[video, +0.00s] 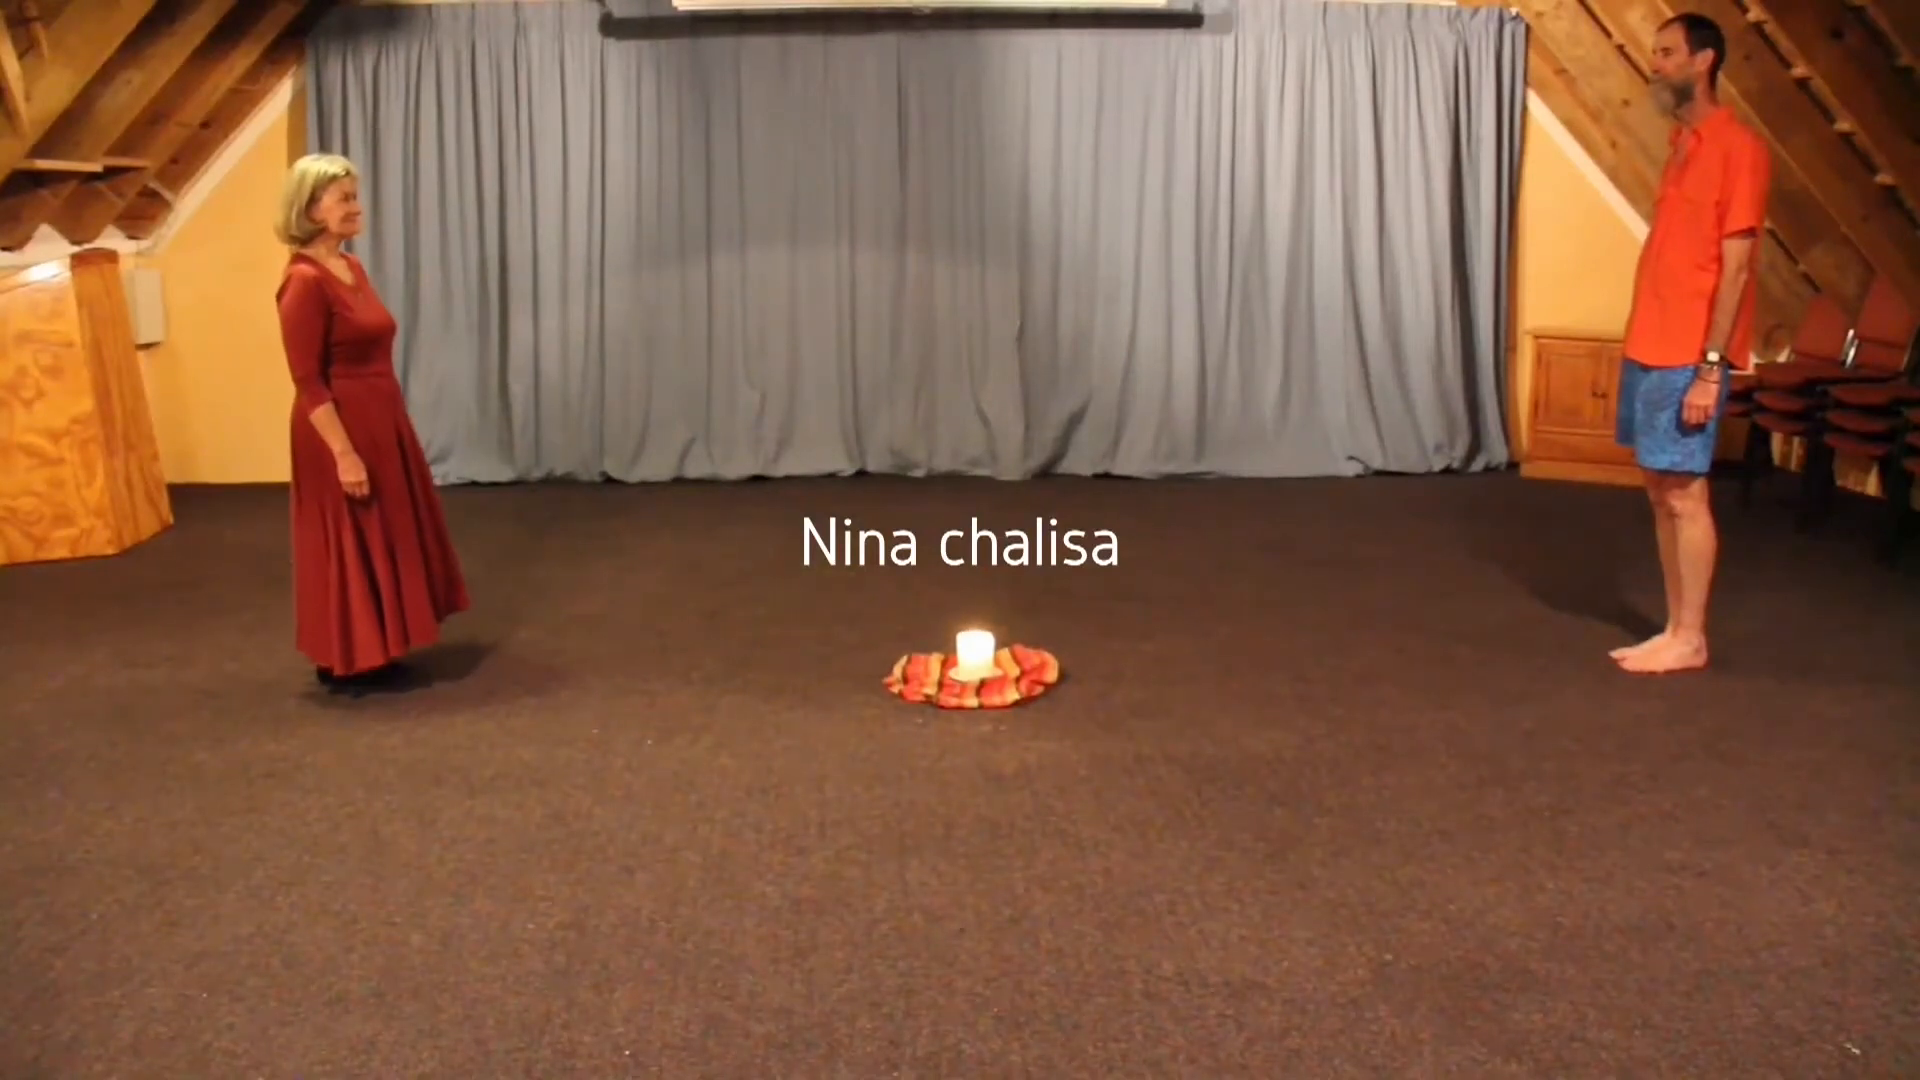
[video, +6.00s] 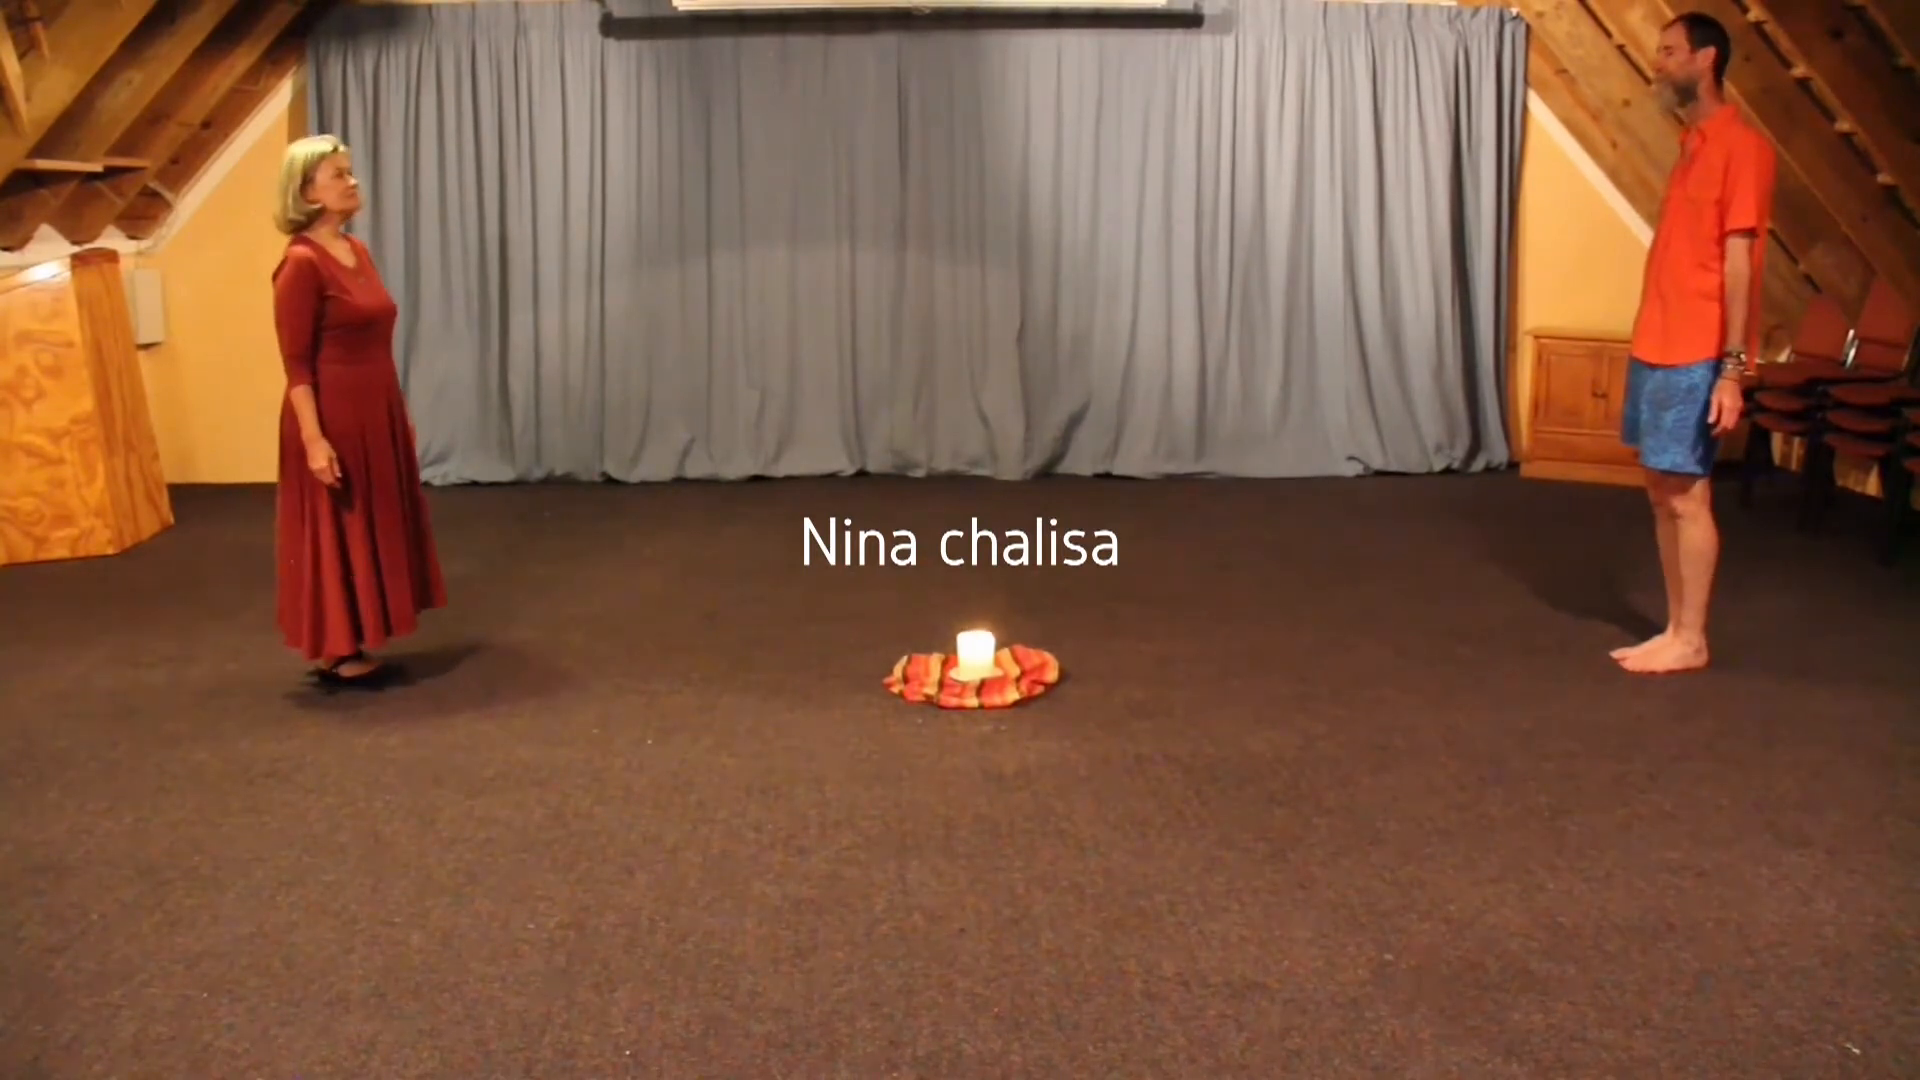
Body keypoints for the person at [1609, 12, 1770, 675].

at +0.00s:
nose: (1654, 64)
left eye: (1666, 53)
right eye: (1654, 53)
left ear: (1704, 61)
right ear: (1686, 62)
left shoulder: (1740, 145)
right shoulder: (1686, 142)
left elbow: (1738, 265)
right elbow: (1676, 252)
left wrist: (1713, 364)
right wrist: (1647, 345)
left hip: (1690, 359)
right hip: (1652, 352)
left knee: (1686, 498)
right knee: (1662, 494)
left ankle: (1690, 637)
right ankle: (1677, 629)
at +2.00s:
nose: (1659, 58)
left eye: (1672, 47)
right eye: (1661, 46)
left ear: (1710, 59)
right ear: (1693, 61)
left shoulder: (1742, 147)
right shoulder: (1693, 143)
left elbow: (1740, 267)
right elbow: (1685, 257)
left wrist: (1714, 367)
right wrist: (1652, 348)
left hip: (1693, 360)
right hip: (1657, 354)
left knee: (1688, 500)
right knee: (1664, 496)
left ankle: (1692, 639)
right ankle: (1678, 629)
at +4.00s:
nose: (1654, 61)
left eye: (1667, 50)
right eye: (1655, 49)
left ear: (1705, 60)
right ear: (1691, 61)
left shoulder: (1737, 144)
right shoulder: (1695, 143)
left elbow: (1734, 267)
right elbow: (1688, 259)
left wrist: (1715, 366)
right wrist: (1656, 348)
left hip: (1691, 358)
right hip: (1657, 352)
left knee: (1684, 498)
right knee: (1662, 494)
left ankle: (1691, 639)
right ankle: (1676, 630)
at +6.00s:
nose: (1657, 63)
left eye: (1669, 51)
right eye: (1657, 51)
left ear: (1707, 58)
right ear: (1694, 60)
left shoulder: (1742, 143)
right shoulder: (1697, 141)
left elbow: (1740, 257)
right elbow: (1696, 253)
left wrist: (1733, 366)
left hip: (1695, 355)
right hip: (1658, 349)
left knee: (1686, 497)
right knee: (1662, 492)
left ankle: (1692, 639)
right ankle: (1677, 630)